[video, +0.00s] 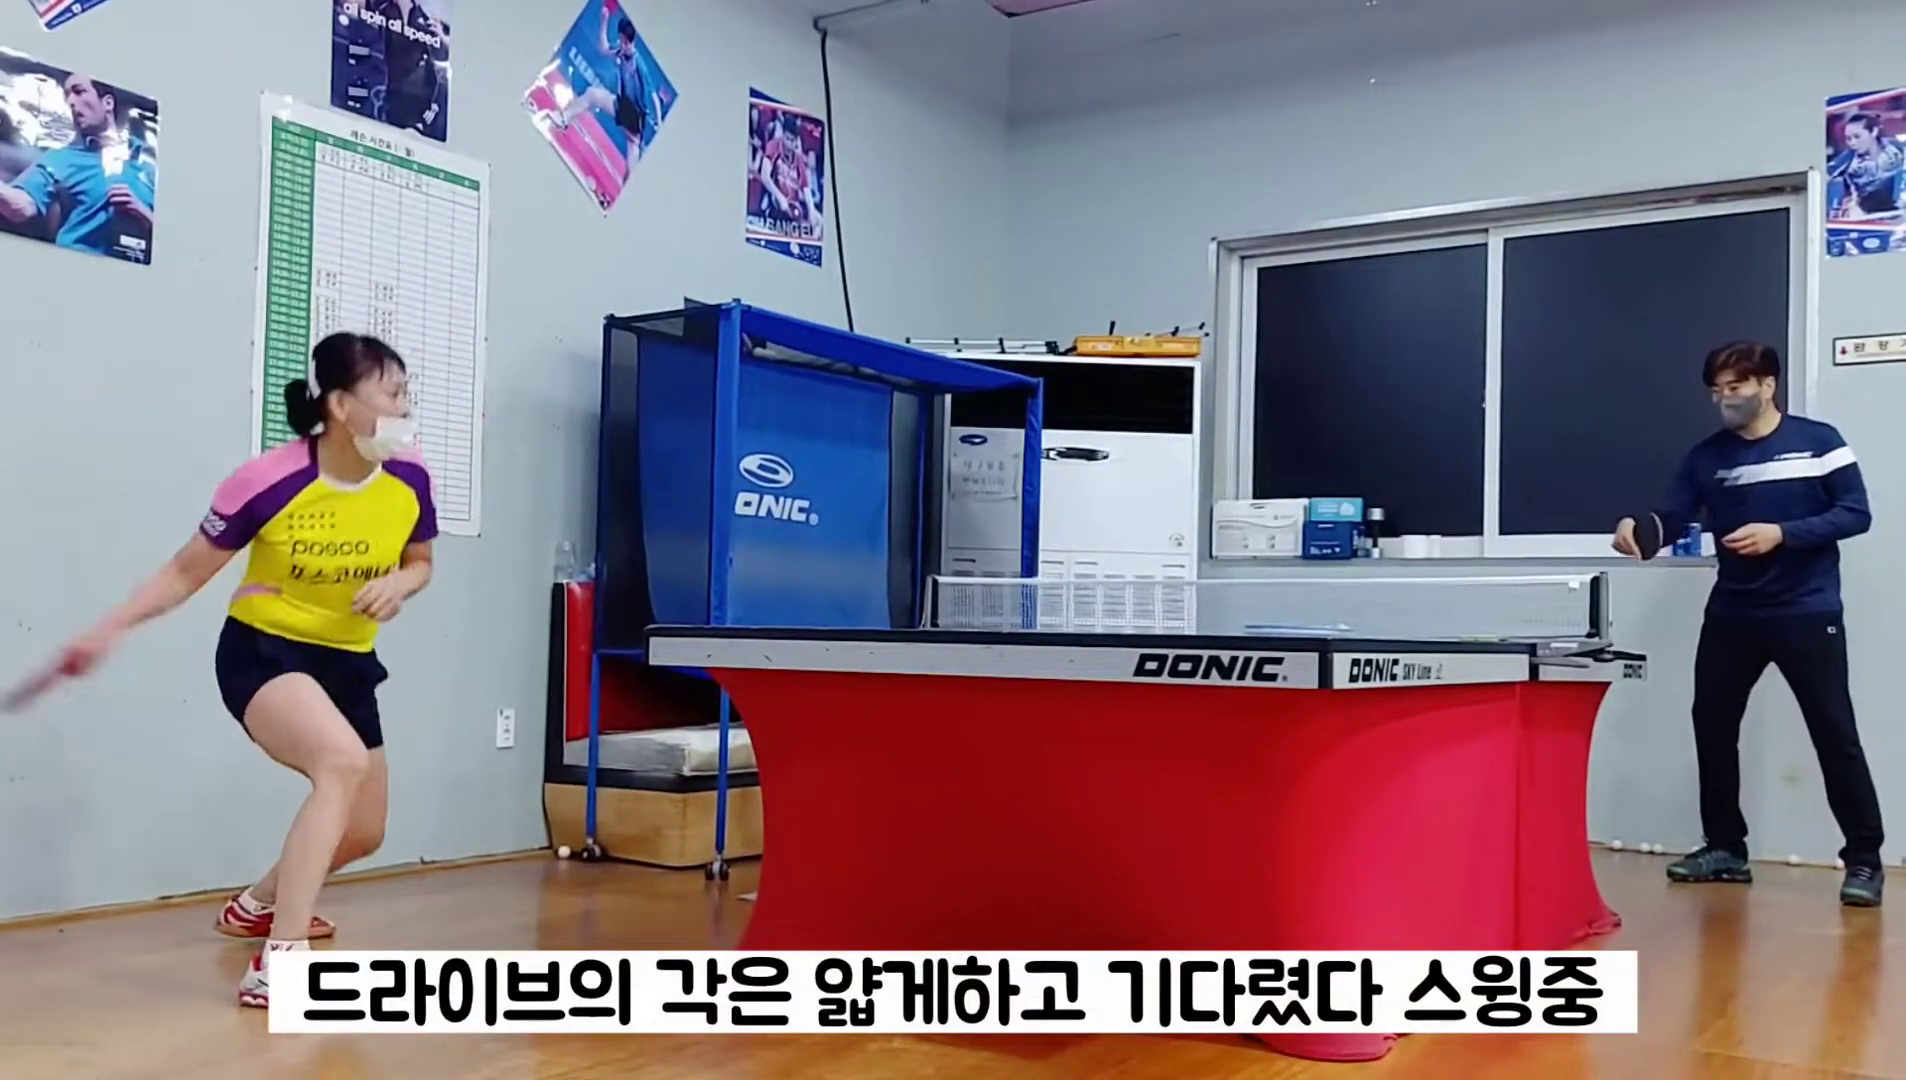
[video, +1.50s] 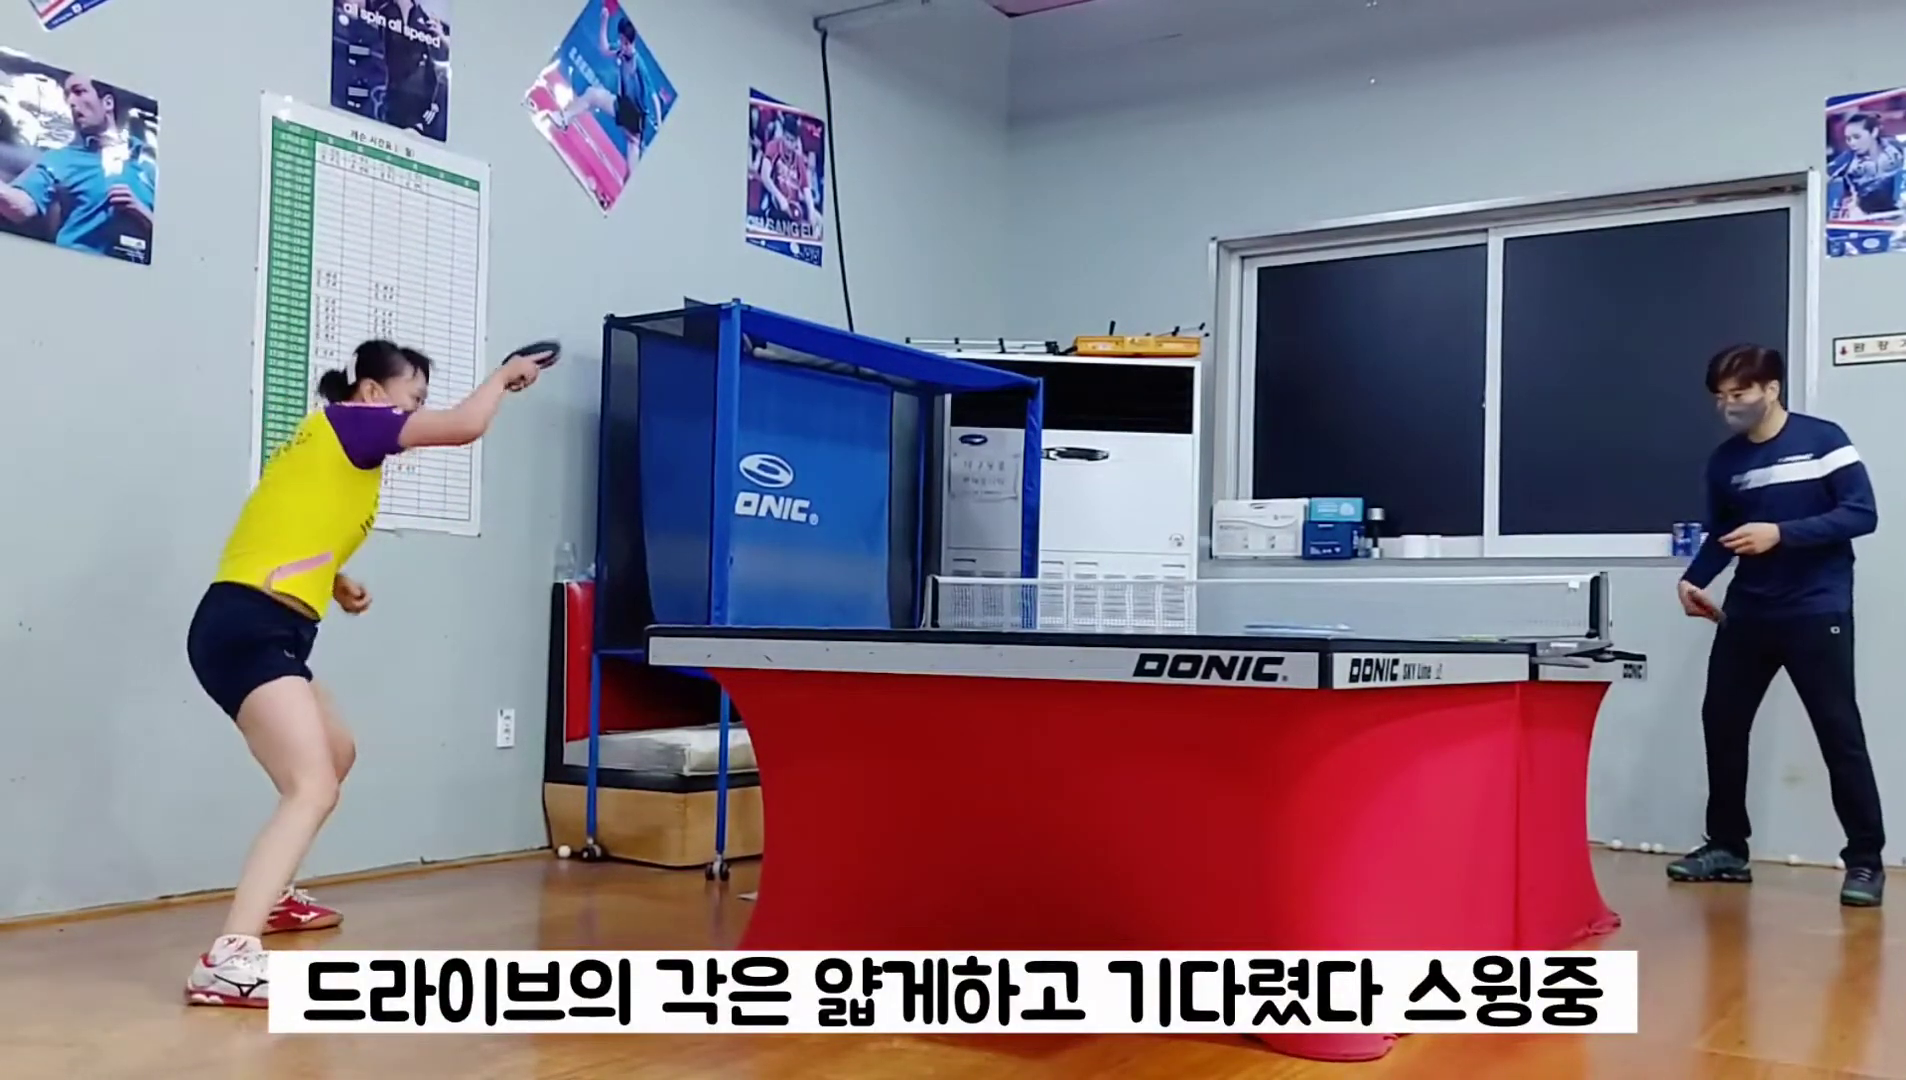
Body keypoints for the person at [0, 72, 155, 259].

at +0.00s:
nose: (70, 101)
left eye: (79, 91)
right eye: (67, 96)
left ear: (108, 103)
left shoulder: (149, 161)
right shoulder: (59, 159)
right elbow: (19, 207)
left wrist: (143, 213)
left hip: (134, 270)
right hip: (75, 260)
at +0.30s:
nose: (70, 101)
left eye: (79, 91)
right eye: (67, 96)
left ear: (108, 103)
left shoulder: (149, 162)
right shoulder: (60, 159)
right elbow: (20, 207)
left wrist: (143, 213)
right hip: (74, 261)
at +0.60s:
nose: (70, 101)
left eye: (79, 91)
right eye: (67, 96)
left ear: (108, 103)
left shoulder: (149, 163)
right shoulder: (60, 159)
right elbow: (20, 207)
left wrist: (143, 213)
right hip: (74, 262)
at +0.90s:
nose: (71, 101)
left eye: (79, 91)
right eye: (67, 96)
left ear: (108, 103)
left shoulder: (149, 164)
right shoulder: (59, 159)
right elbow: (20, 207)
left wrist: (142, 212)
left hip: (134, 270)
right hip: (74, 261)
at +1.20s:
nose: (71, 101)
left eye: (80, 91)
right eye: (67, 96)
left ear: (108, 103)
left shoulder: (149, 164)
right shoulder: (59, 159)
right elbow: (19, 207)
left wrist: (142, 212)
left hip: (134, 270)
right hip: (74, 261)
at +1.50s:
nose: (71, 101)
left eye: (79, 91)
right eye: (67, 96)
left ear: (108, 103)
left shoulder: (149, 165)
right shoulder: (60, 159)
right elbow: (20, 207)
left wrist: (142, 212)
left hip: (134, 270)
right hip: (74, 261)